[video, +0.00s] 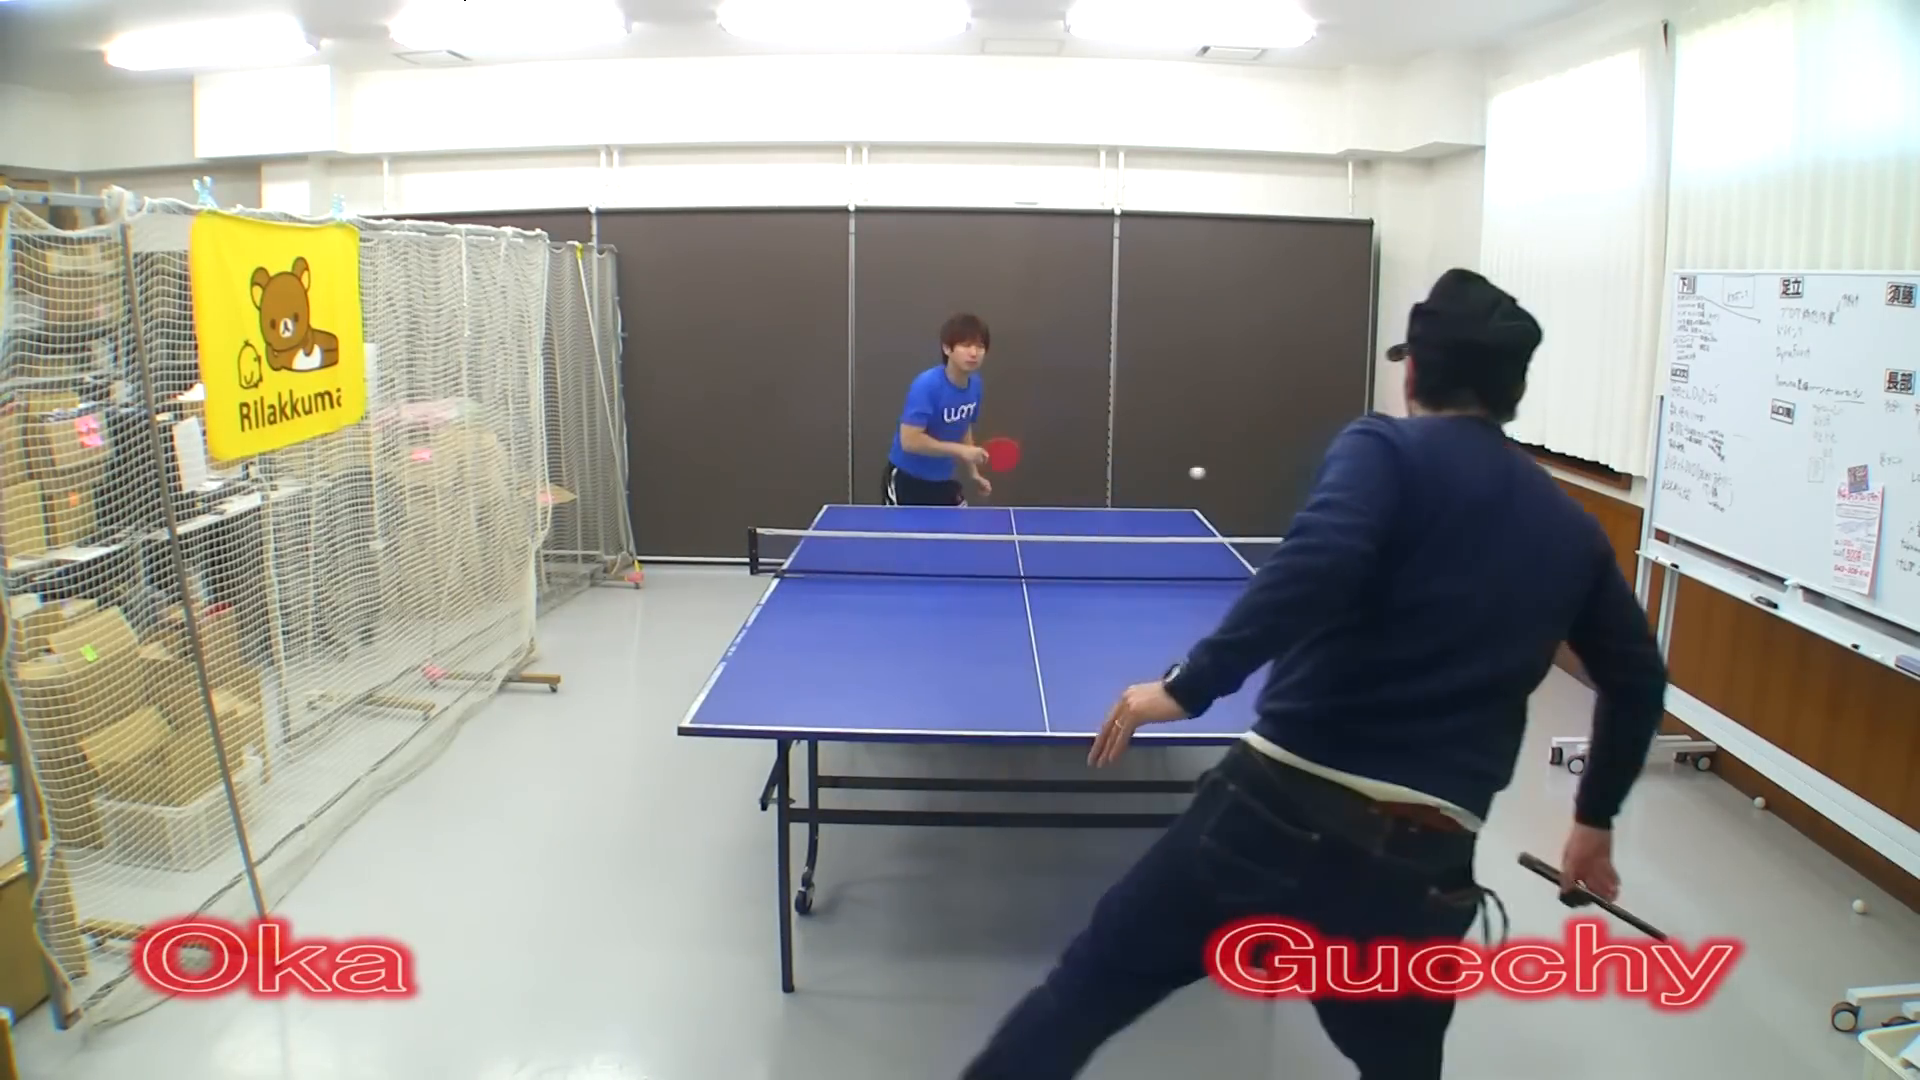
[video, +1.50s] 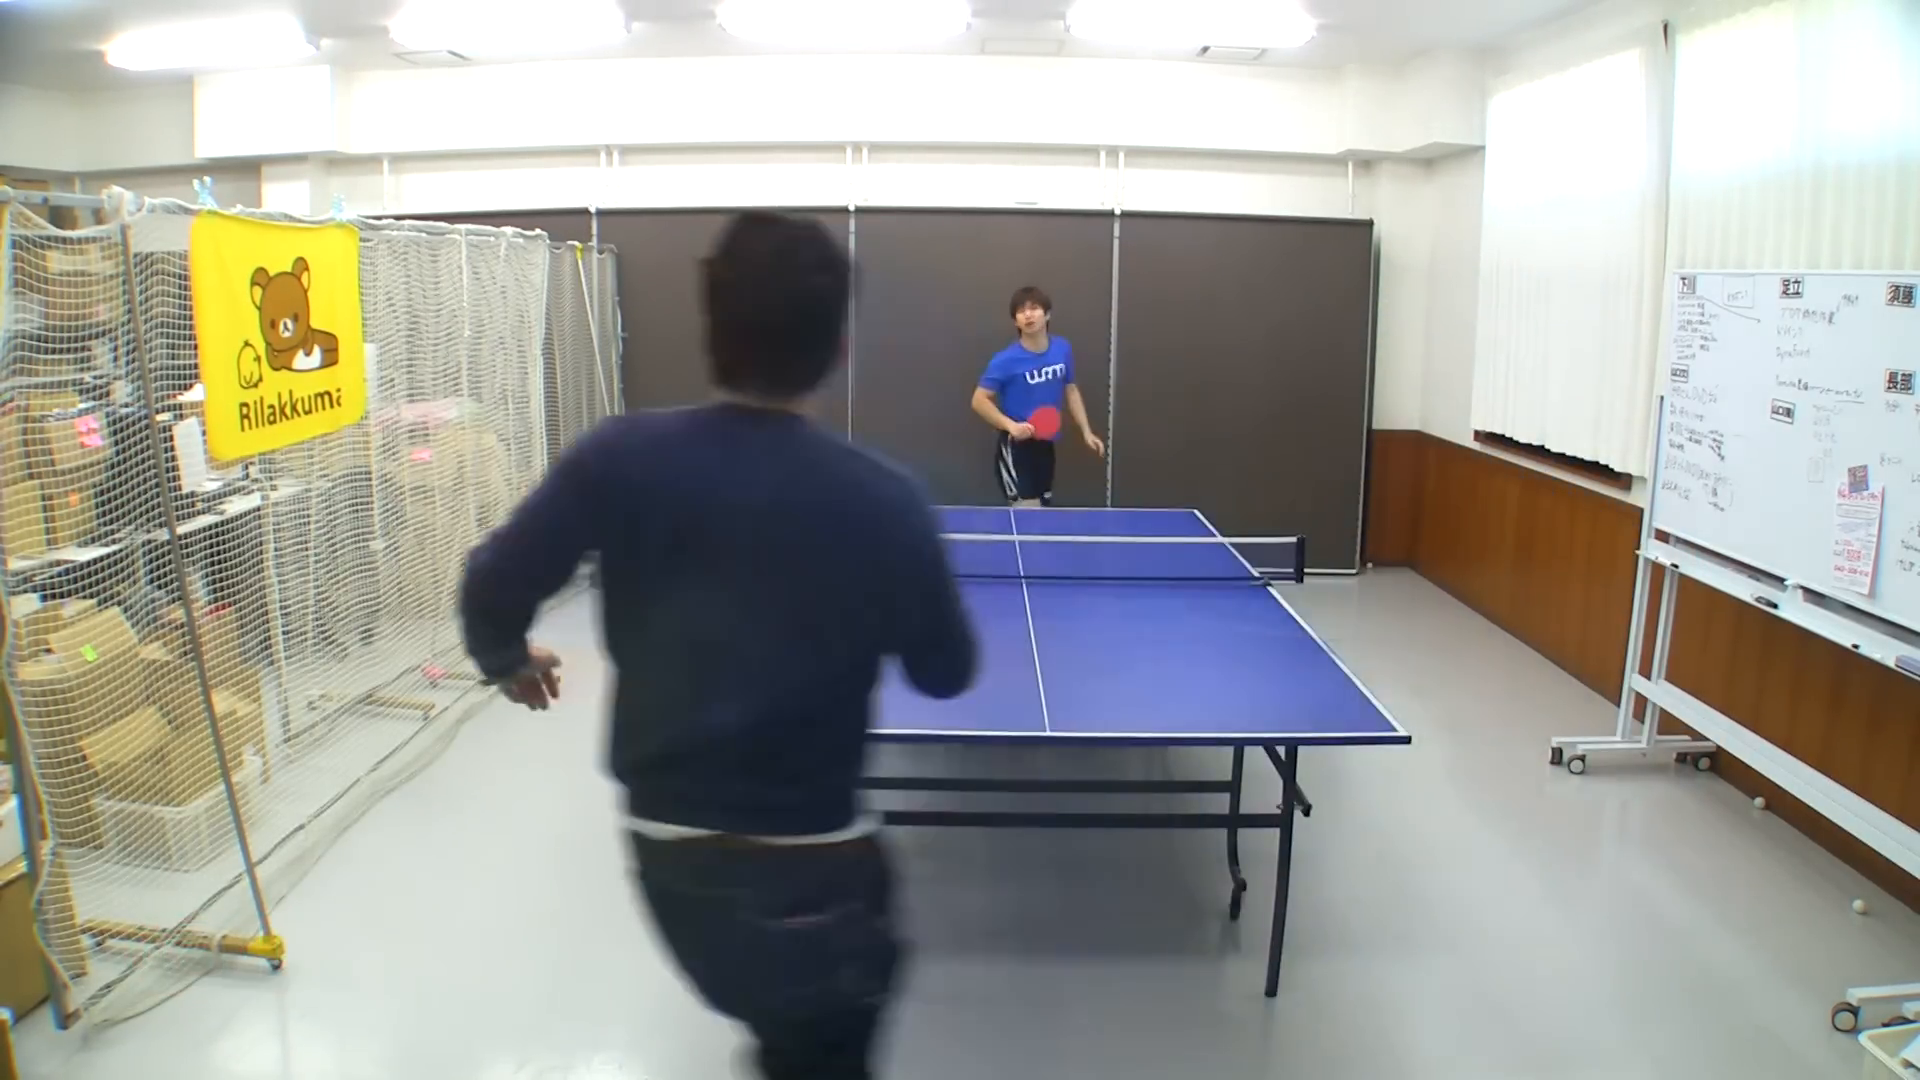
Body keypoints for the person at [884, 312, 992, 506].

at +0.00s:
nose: (973, 353)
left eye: (979, 346)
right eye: (965, 346)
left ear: (986, 351)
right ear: (947, 349)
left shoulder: (974, 385)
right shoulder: (926, 385)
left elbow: (964, 431)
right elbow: (910, 441)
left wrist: (973, 473)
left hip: (943, 480)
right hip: (908, 480)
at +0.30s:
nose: (1013, 364)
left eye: (1016, 357)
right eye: (1007, 356)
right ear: (987, 354)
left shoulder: (988, 384)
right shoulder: (961, 387)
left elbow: (973, 437)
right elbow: (958, 448)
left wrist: (986, 466)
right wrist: (991, 460)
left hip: (971, 479)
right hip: (941, 480)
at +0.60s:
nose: (1038, 355)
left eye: (1037, 349)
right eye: (1032, 349)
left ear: (1010, 351)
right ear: (1011, 351)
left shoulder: (976, 361)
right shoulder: (1008, 396)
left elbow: (943, 382)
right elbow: (1013, 447)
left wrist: (961, 415)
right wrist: (1054, 437)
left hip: (938, 462)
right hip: (961, 470)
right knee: (1001, 528)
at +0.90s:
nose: (1021, 316)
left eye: (1021, 309)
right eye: (1011, 312)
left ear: (1028, 314)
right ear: (995, 324)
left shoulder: (982, 349)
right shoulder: (1003, 361)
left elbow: (961, 388)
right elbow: (997, 413)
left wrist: (952, 430)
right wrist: (1017, 442)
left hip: (960, 444)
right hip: (977, 447)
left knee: (974, 520)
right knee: (1000, 519)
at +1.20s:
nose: (1016, 313)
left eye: (1020, 307)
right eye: (1007, 309)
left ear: (1027, 314)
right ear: (994, 320)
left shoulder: (1012, 356)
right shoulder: (994, 358)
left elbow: (1008, 405)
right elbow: (987, 406)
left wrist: (1021, 444)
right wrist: (1016, 445)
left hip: (1004, 447)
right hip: (988, 446)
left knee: (1020, 515)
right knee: (994, 521)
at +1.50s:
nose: (1028, 315)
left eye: (1034, 308)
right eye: (1022, 310)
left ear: (1047, 315)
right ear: (1015, 319)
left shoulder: (1062, 350)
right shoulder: (1005, 360)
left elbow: (1071, 390)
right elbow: (979, 401)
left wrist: (1087, 432)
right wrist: (1011, 426)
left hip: (1046, 442)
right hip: (1015, 443)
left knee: (1040, 514)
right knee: (1029, 513)